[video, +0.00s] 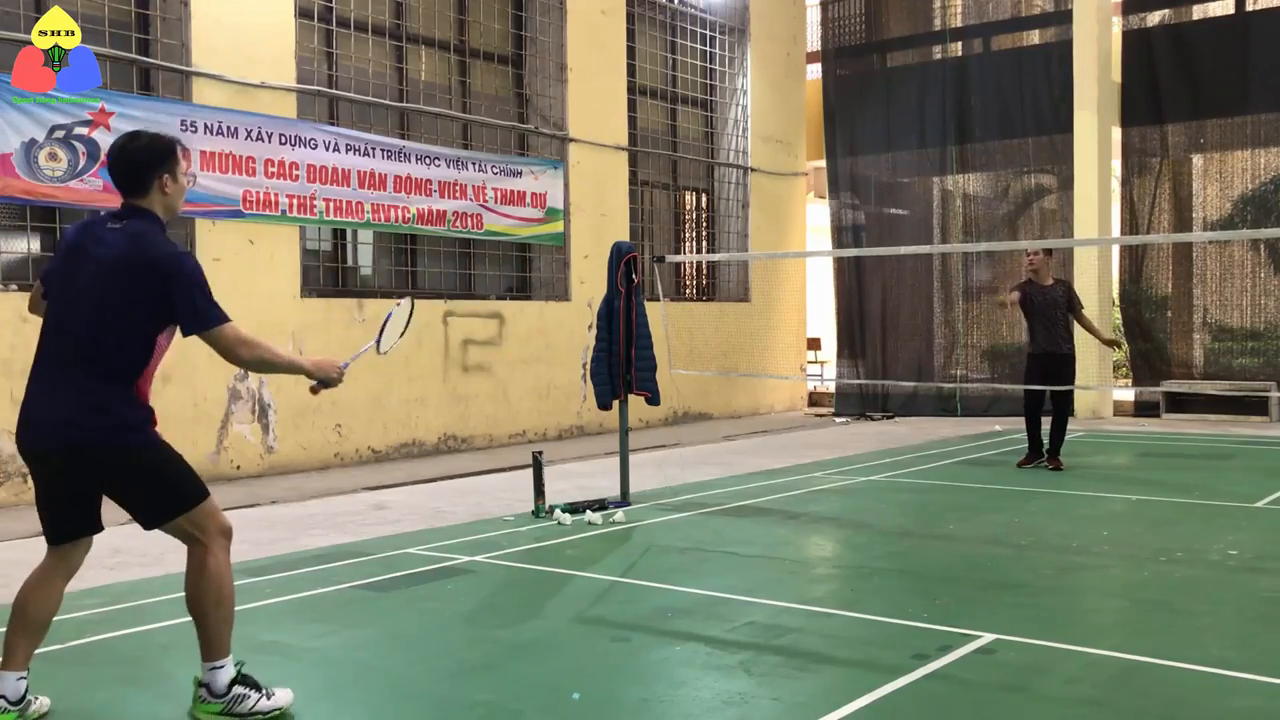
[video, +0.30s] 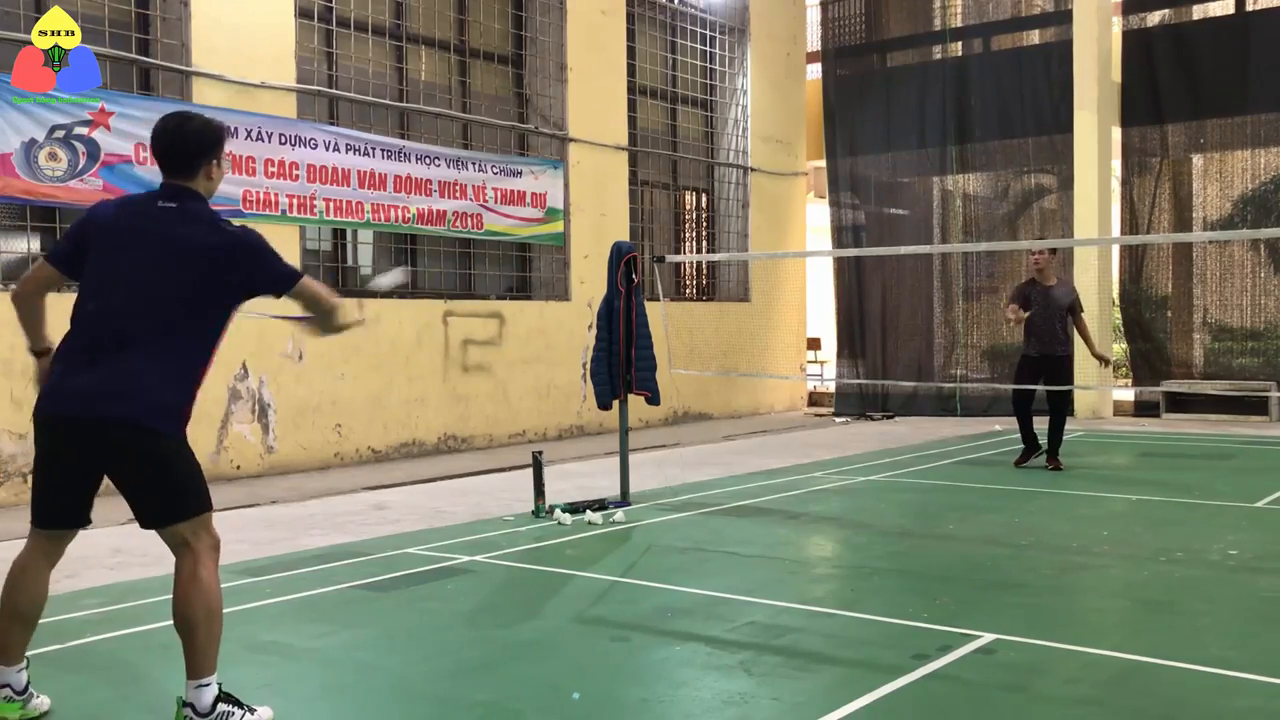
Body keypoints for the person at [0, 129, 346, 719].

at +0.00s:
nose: (188, 185)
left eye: (186, 174)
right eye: (184, 175)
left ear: (126, 185)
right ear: (163, 182)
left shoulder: (82, 235)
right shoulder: (170, 260)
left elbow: (38, 301)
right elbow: (236, 348)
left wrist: (107, 318)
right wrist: (308, 366)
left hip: (42, 427)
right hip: (111, 430)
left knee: (66, 549)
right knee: (210, 532)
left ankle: (8, 689)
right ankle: (219, 683)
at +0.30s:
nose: (225, 168)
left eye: (223, 158)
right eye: (223, 159)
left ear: (159, 162)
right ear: (212, 165)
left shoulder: (104, 218)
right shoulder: (232, 243)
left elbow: (26, 290)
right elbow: (326, 303)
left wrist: (41, 349)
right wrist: (326, 321)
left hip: (63, 412)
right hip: (145, 422)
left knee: (42, 544)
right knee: (197, 546)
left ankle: (9, 682)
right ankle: (203, 700)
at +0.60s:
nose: (198, 163)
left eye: (195, 152)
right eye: (195, 153)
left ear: (134, 157)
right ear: (180, 159)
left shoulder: (76, 213)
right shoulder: (192, 231)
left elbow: (8, 257)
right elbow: (294, 276)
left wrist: (60, 269)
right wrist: (387, 295)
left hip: (40, 415)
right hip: (120, 422)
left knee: (4, 545)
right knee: (174, 552)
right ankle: (200, 700)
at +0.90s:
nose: (153, 208)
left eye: (150, 195)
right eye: (147, 196)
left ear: (91, 204)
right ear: (121, 203)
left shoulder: (38, 242)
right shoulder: (103, 264)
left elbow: (14, 312)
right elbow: (160, 362)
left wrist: (70, 350)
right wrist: (240, 402)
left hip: (12, 443)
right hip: (16, 447)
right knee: (99, 565)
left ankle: (161, 699)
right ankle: (163, 702)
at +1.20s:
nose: (159, 171)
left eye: (158, 160)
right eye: (158, 161)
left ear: (90, 165)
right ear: (142, 168)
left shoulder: (22, 213)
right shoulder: (146, 240)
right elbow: (235, 312)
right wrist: (253, 322)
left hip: (1, 413)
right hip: (53, 425)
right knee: (106, 562)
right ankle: (124, 709)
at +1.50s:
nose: (173, 142)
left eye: (169, 131)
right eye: (170, 132)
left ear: (101, 142)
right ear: (157, 143)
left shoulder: (44, 187)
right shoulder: (171, 215)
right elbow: (274, 254)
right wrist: (378, 281)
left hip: (8, 400)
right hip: (74, 416)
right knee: (113, 560)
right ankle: (123, 709)